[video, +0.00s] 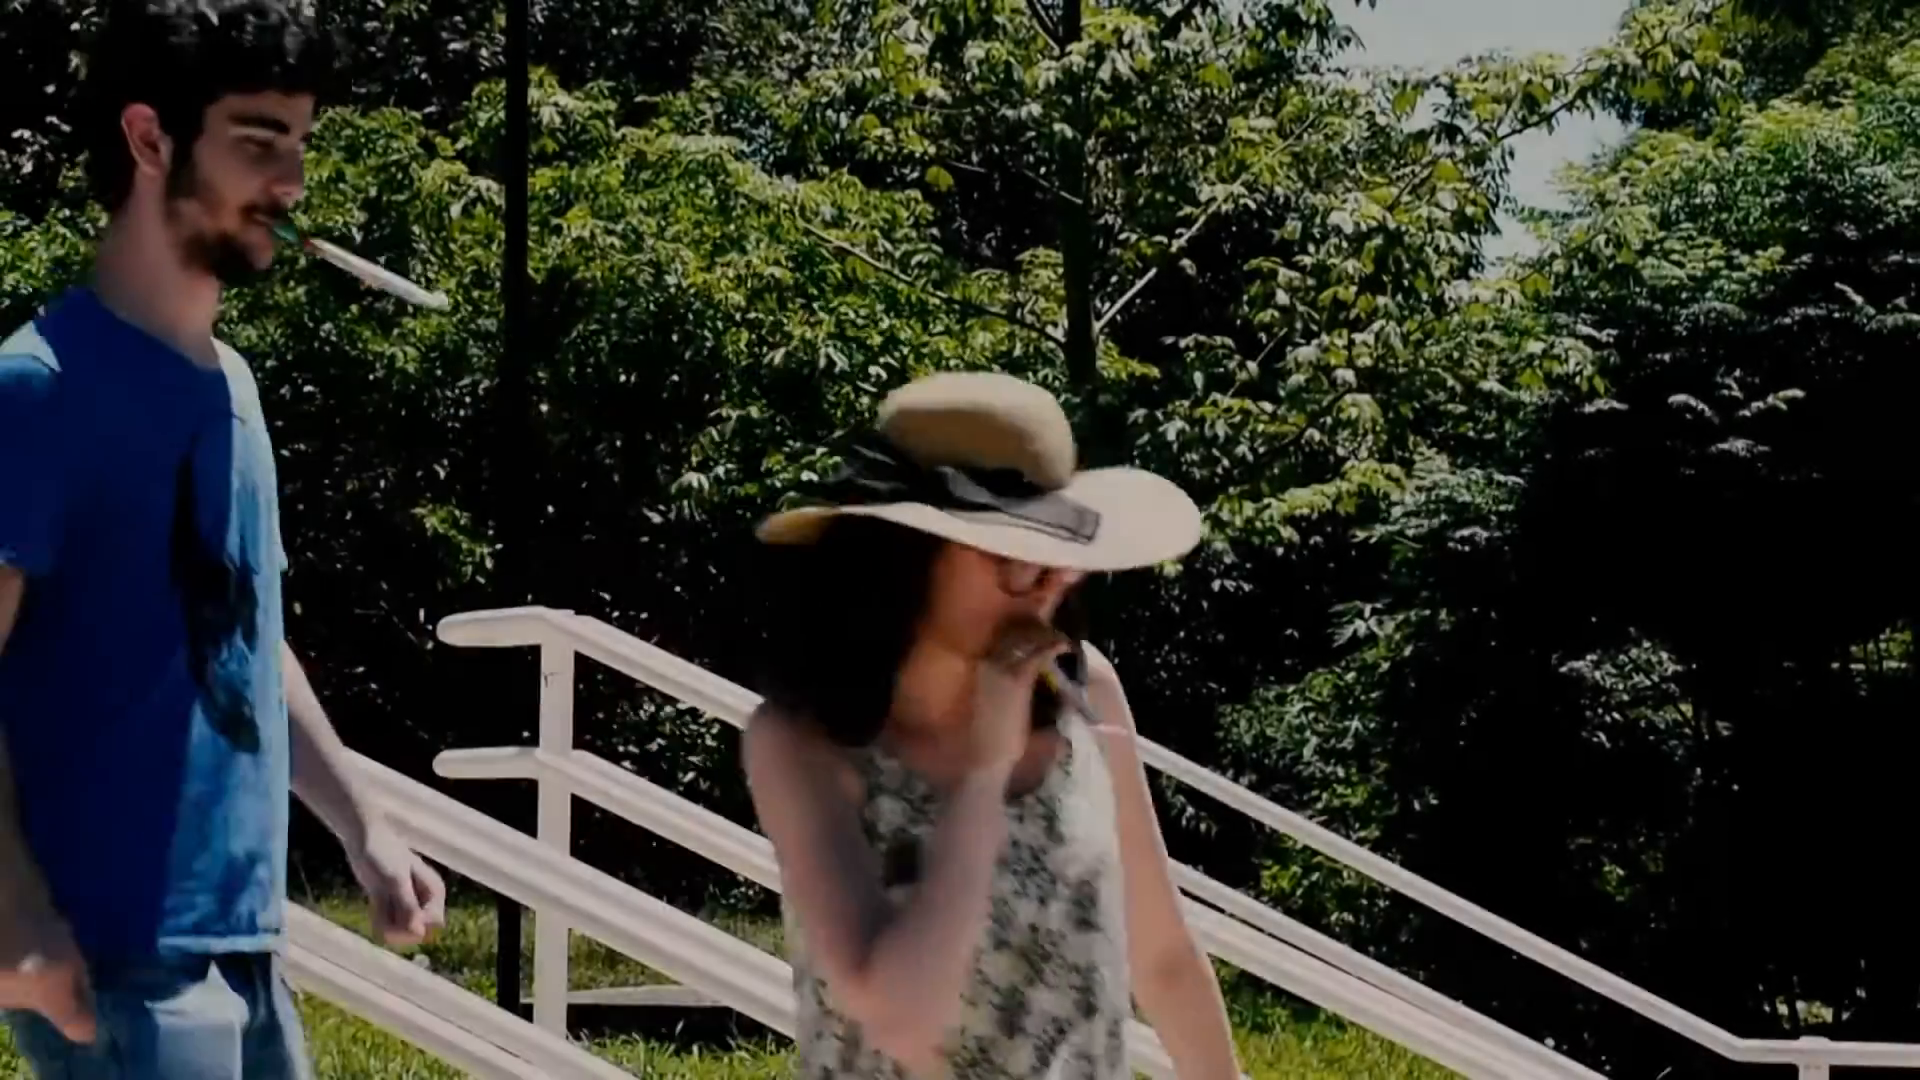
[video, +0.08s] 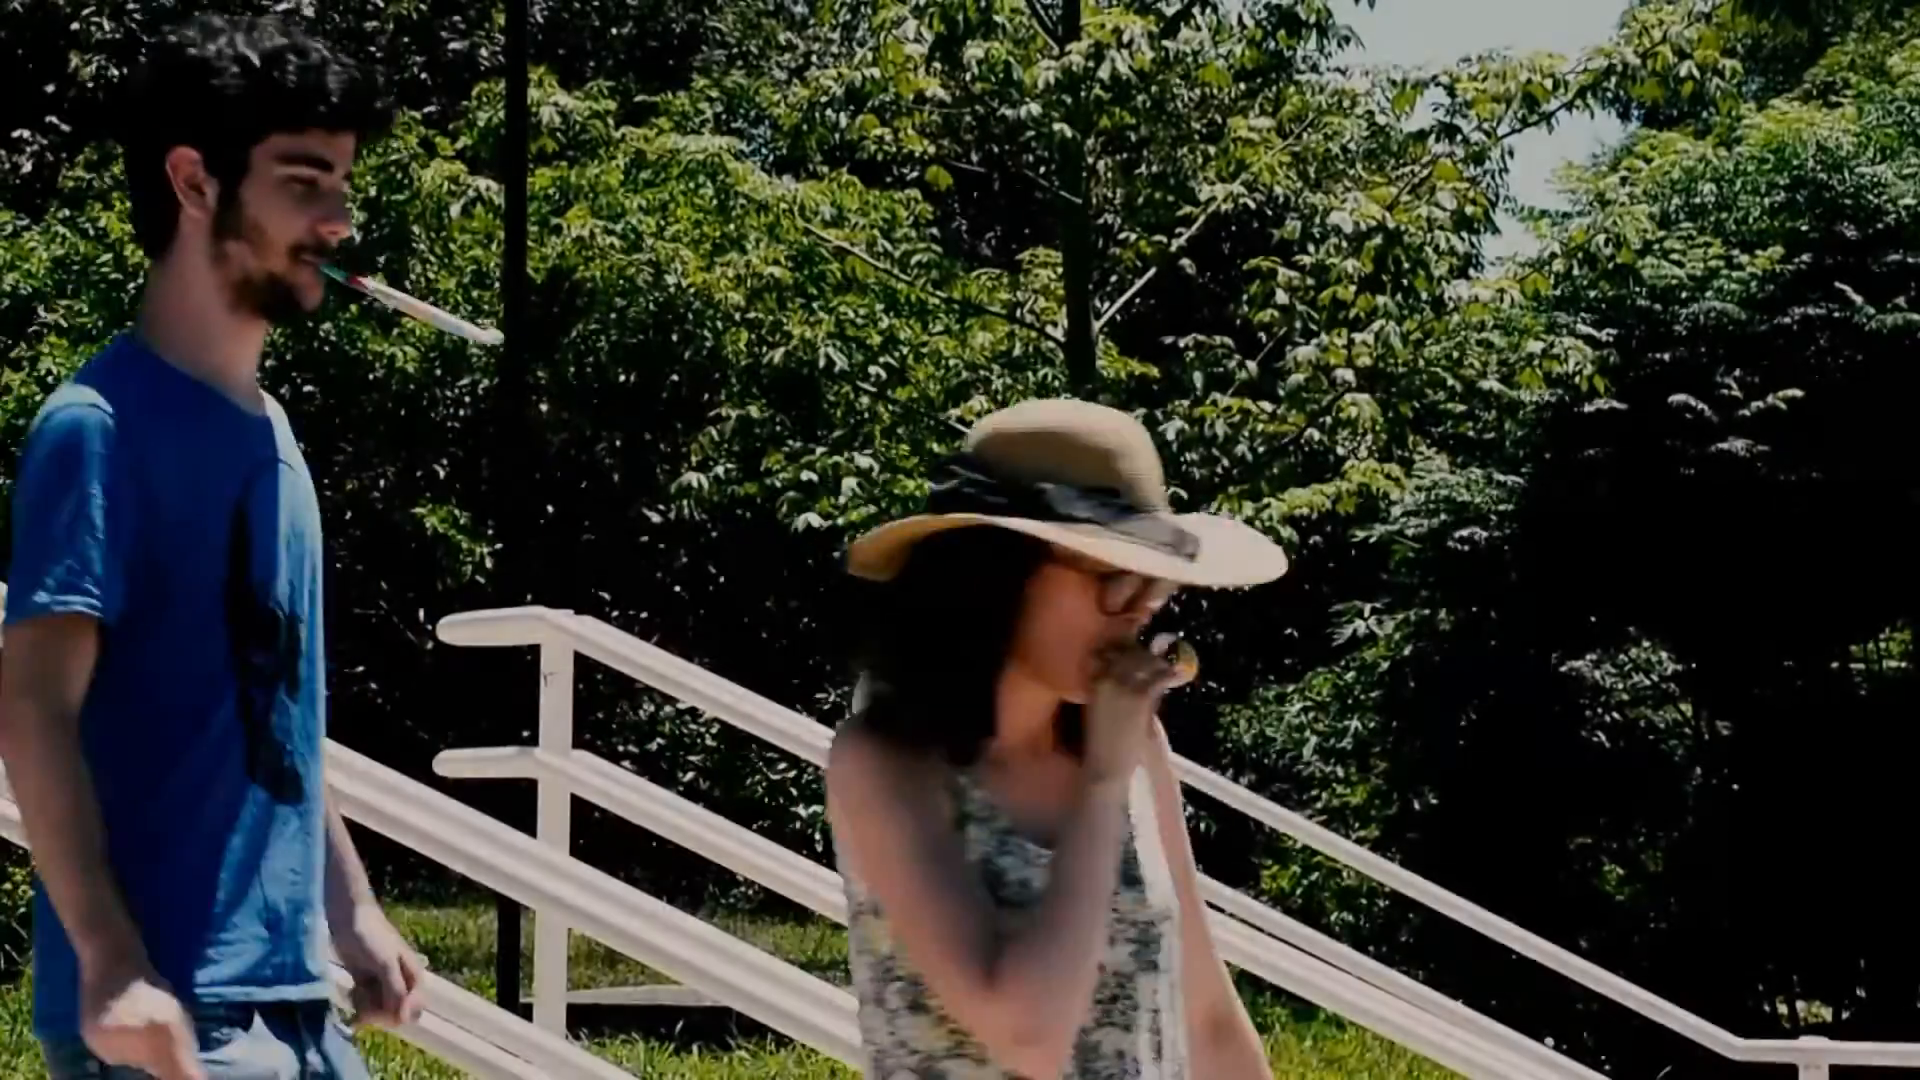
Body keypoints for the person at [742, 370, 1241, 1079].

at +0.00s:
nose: (1054, 580)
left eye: (1063, 551)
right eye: (1015, 554)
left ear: (1078, 554)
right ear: (911, 550)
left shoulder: (1081, 691)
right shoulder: (797, 739)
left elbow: (1166, 961)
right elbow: (905, 1022)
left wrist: (1219, 1071)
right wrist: (987, 767)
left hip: (1091, 1064)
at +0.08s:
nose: (1140, 611)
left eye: (1151, 583)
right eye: (1109, 575)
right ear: (999, 573)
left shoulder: (1130, 745)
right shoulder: (879, 761)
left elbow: (1211, 1017)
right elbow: (1030, 1034)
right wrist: (1108, 777)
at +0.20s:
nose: (1259, 561)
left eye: (1269, 532)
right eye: (1230, 525)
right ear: (1120, 522)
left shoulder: (1184, 713)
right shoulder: (995, 705)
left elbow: (1264, 982)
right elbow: (1197, 970)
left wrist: (1324, 1072)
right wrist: (1241, 718)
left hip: (1225, 1066)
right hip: (1055, 1065)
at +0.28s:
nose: (1343, 512)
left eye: (1349, 486)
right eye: (1316, 483)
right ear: (1214, 483)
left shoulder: (1236, 683)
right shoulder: (1095, 663)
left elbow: (1299, 953)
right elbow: (1319, 917)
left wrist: (1405, 1064)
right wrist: (1337, 677)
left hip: (1283, 1063)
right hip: (1143, 1062)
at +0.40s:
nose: (1468, 541)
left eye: (1470, 513)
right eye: (1446, 508)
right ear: (1344, 506)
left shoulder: (1280, 691)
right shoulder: (1232, 683)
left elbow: (1357, 996)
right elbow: (1491, 943)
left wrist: (1509, 1068)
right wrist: (1476, 695)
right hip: (1285, 1061)